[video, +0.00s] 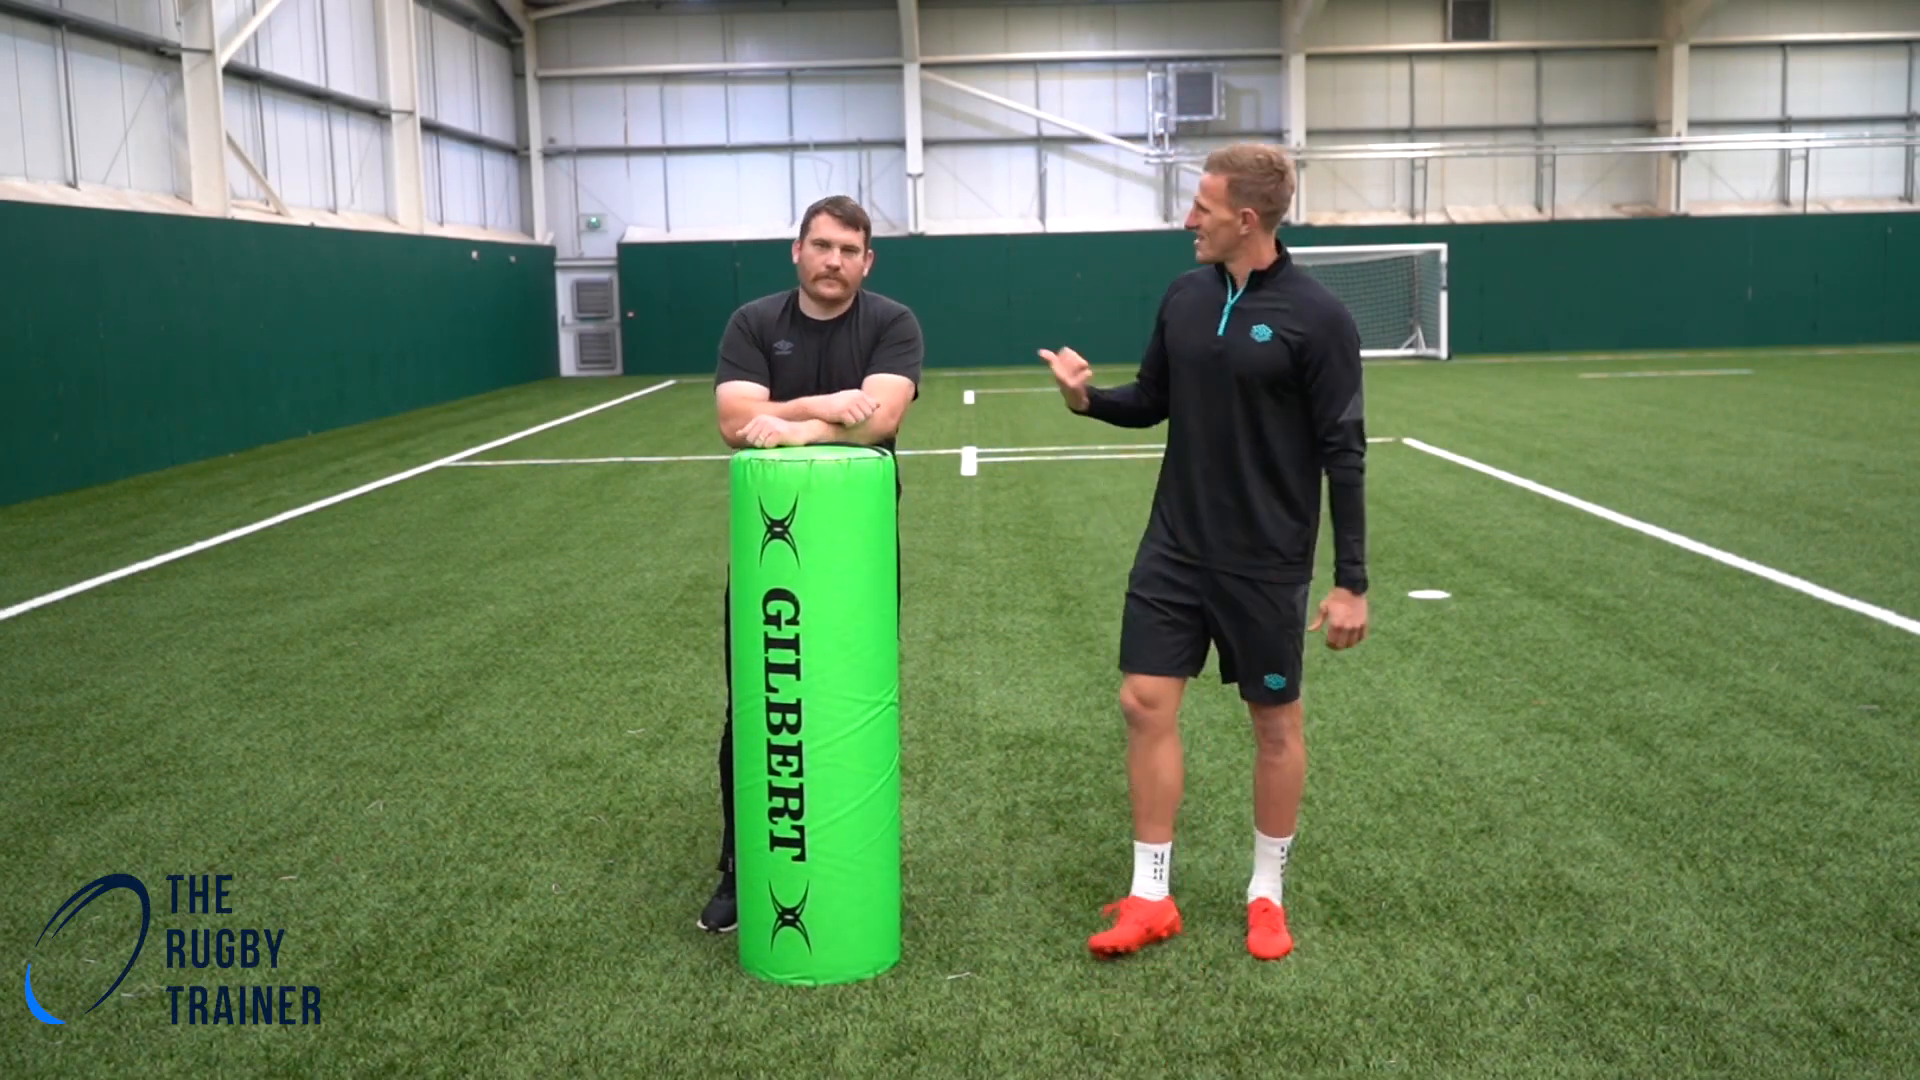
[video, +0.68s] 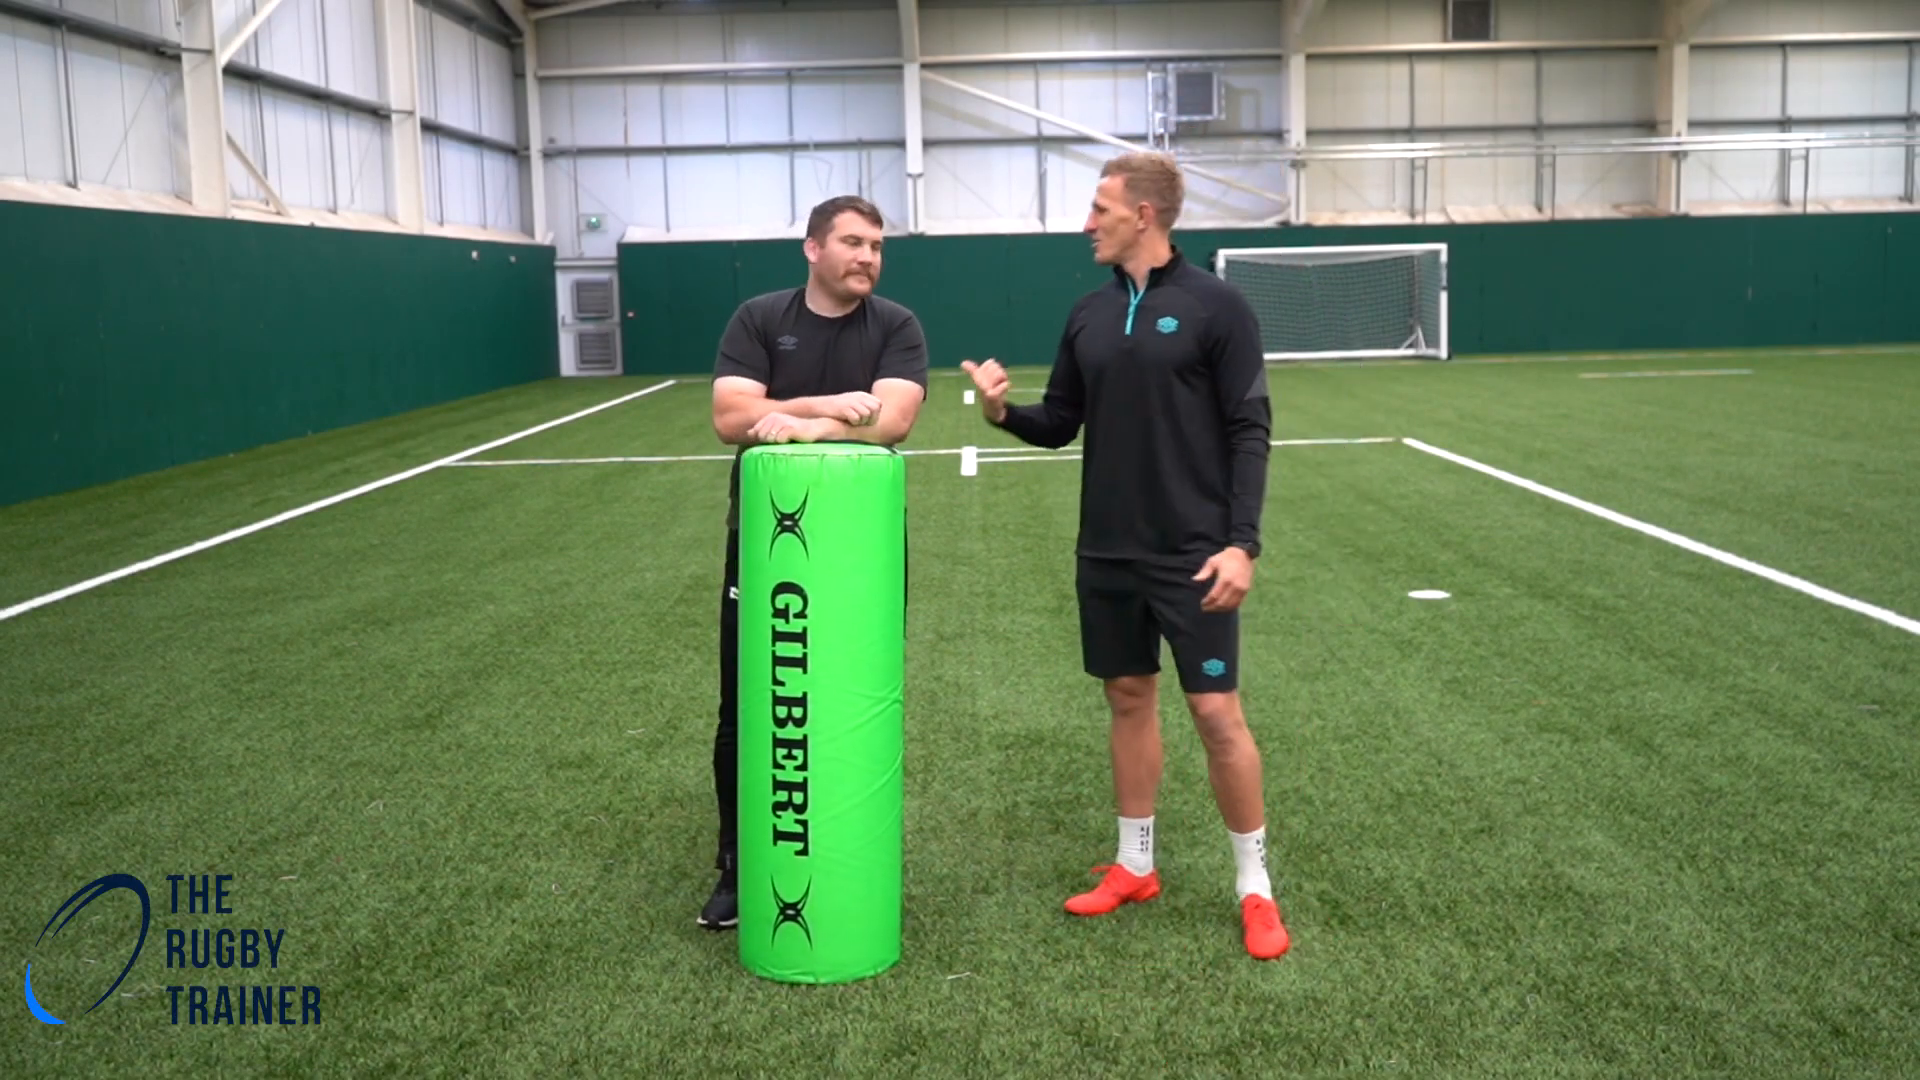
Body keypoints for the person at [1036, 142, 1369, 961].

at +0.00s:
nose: (1190, 217)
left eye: (1203, 207)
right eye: (1193, 203)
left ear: (1253, 220)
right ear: (1229, 215)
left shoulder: (1319, 319)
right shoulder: (1186, 295)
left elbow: (1344, 453)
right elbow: (1151, 402)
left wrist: (1351, 581)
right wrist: (1088, 396)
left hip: (1267, 557)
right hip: (1175, 542)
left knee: (1276, 722)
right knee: (1145, 701)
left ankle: (1267, 891)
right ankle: (1150, 895)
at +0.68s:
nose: (1089, 221)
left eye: (1102, 209)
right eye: (1091, 208)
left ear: (1147, 217)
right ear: (1128, 217)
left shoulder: (1218, 307)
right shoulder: (1090, 313)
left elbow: (1250, 431)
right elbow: (1056, 426)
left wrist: (1243, 542)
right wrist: (1001, 406)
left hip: (1194, 546)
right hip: (1109, 546)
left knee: (1216, 712)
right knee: (1128, 696)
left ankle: (1254, 883)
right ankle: (1134, 867)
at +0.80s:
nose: (1072, 222)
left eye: (1084, 211)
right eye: (1074, 209)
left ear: (1129, 217)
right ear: (1114, 216)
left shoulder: (1205, 304)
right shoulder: (1074, 315)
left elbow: (1232, 431)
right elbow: (1045, 427)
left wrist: (1220, 541)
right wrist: (993, 409)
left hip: (1182, 541)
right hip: (1100, 545)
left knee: (1201, 701)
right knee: (1122, 694)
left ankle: (1237, 879)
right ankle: (1132, 867)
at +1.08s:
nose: (1057, 222)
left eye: (1069, 210)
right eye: (1059, 209)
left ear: (1115, 216)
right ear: (1093, 217)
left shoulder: (1185, 303)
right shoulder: (1061, 315)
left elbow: (1216, 426)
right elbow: (1031, 427)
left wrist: (1210, 541)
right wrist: (977, 420)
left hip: (1165, 546)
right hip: (1083, 545)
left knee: (1191, 710)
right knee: (1114, 694)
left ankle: (1218, 893)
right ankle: (1133, 866)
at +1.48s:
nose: (1053, 226)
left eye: (1066, 215)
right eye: (1056, 213)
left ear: (1113, 223)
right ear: (1097, 222)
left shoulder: (1180, 304)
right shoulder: (1053, 320)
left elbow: (1204, 424)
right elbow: (1021, 432)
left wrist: (1098, 463)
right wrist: (1000, 388)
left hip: (1163, 547)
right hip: (1081, 547)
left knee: (1190, 709)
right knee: (1111, 694)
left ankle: (1219, 897)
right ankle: (1132, 867)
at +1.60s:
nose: (1057, 226)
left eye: (1070, 215)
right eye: (1060, 212)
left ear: (1117, 223)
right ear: (1099, 221)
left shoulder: (1182, 304)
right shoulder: (1055, 317)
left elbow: (1186, 422)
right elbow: (1019, 437)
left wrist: (1068, 411)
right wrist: (1005, 397)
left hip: (1162, 544)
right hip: (1081, 544)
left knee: (1191, 710)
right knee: (1110, 695)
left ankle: (1220, 897)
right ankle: (1132, 867)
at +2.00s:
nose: (1060, 224)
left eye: (1073, 213)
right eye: (1062, 210)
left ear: (1120, 222)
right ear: (1098, 220)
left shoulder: (1181, 305)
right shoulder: (1054, 316)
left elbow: (1189, 422)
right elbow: (1022, 437)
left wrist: (1074, 422)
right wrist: (1014, 415)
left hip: (1158, 547)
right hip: (1079, 546)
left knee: (1189, 709)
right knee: (1109, 694)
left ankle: (1220, 896)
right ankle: (1132, 867)